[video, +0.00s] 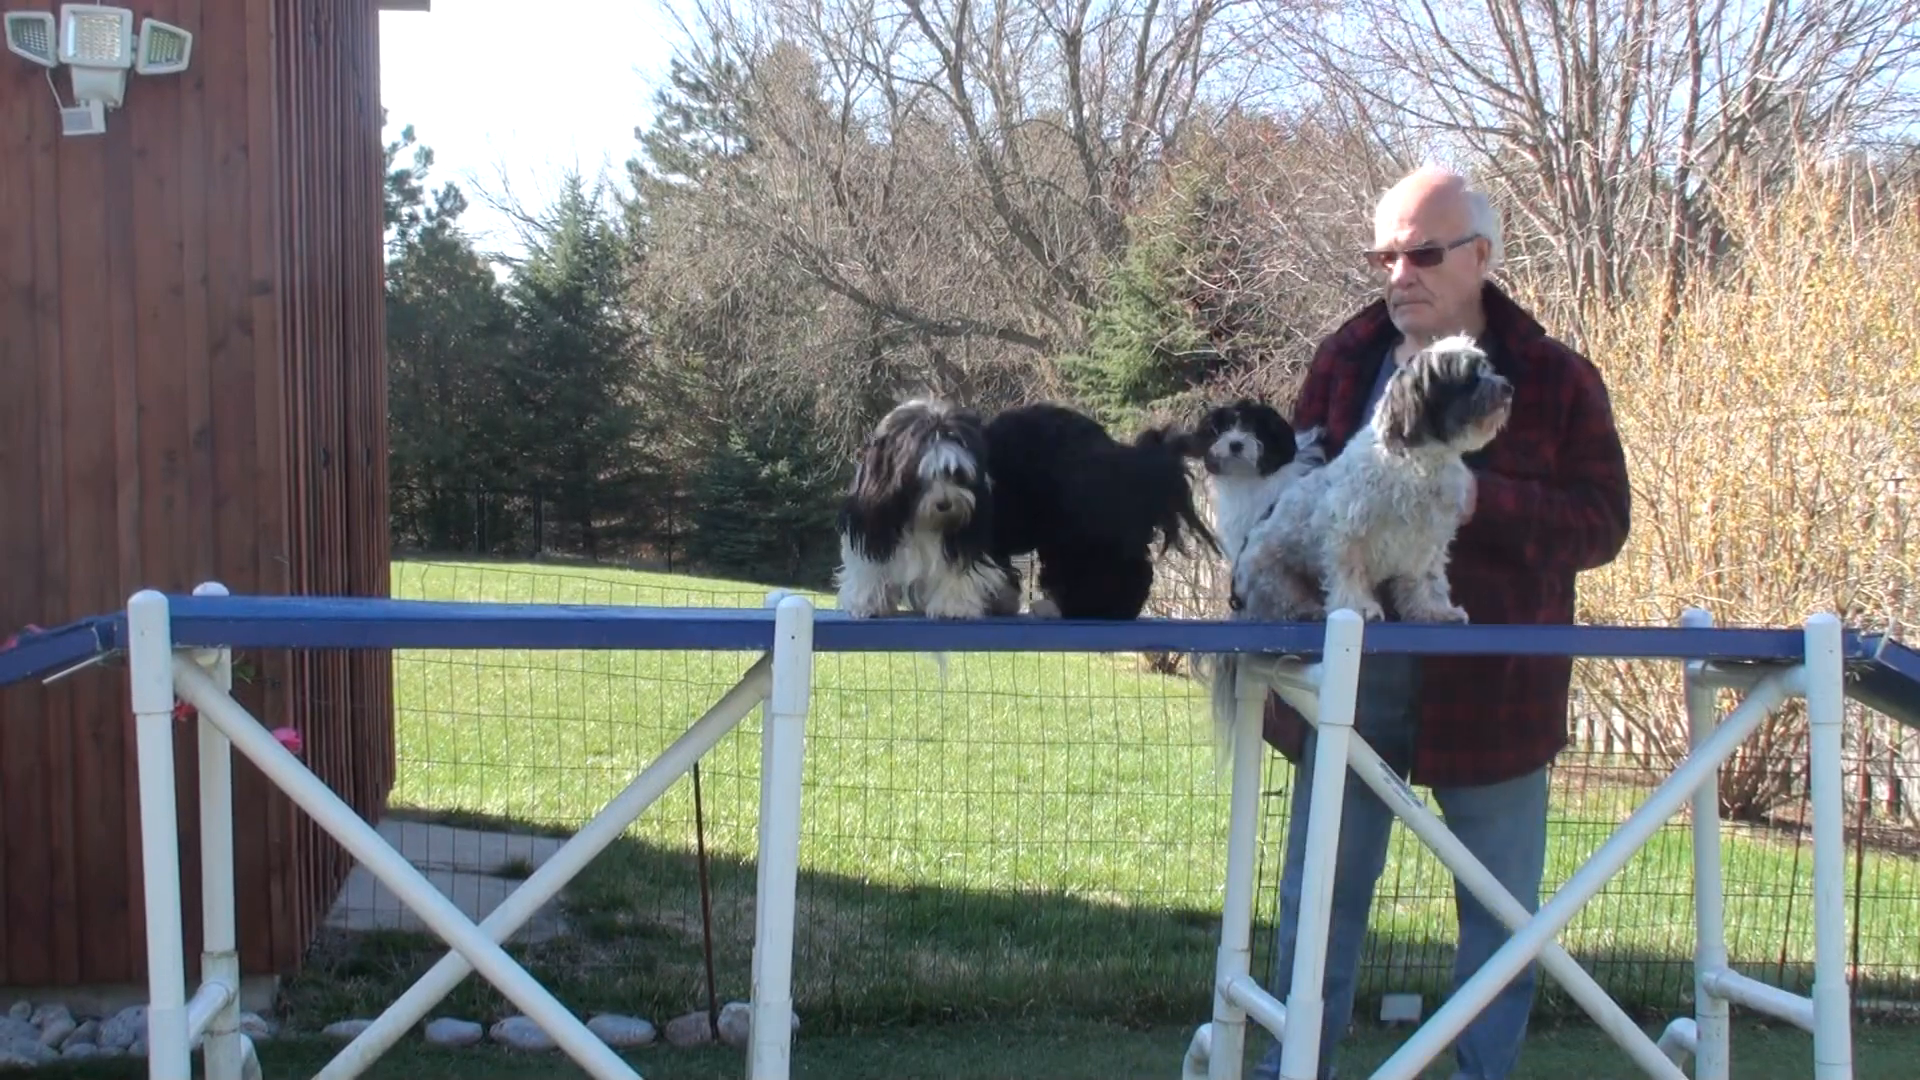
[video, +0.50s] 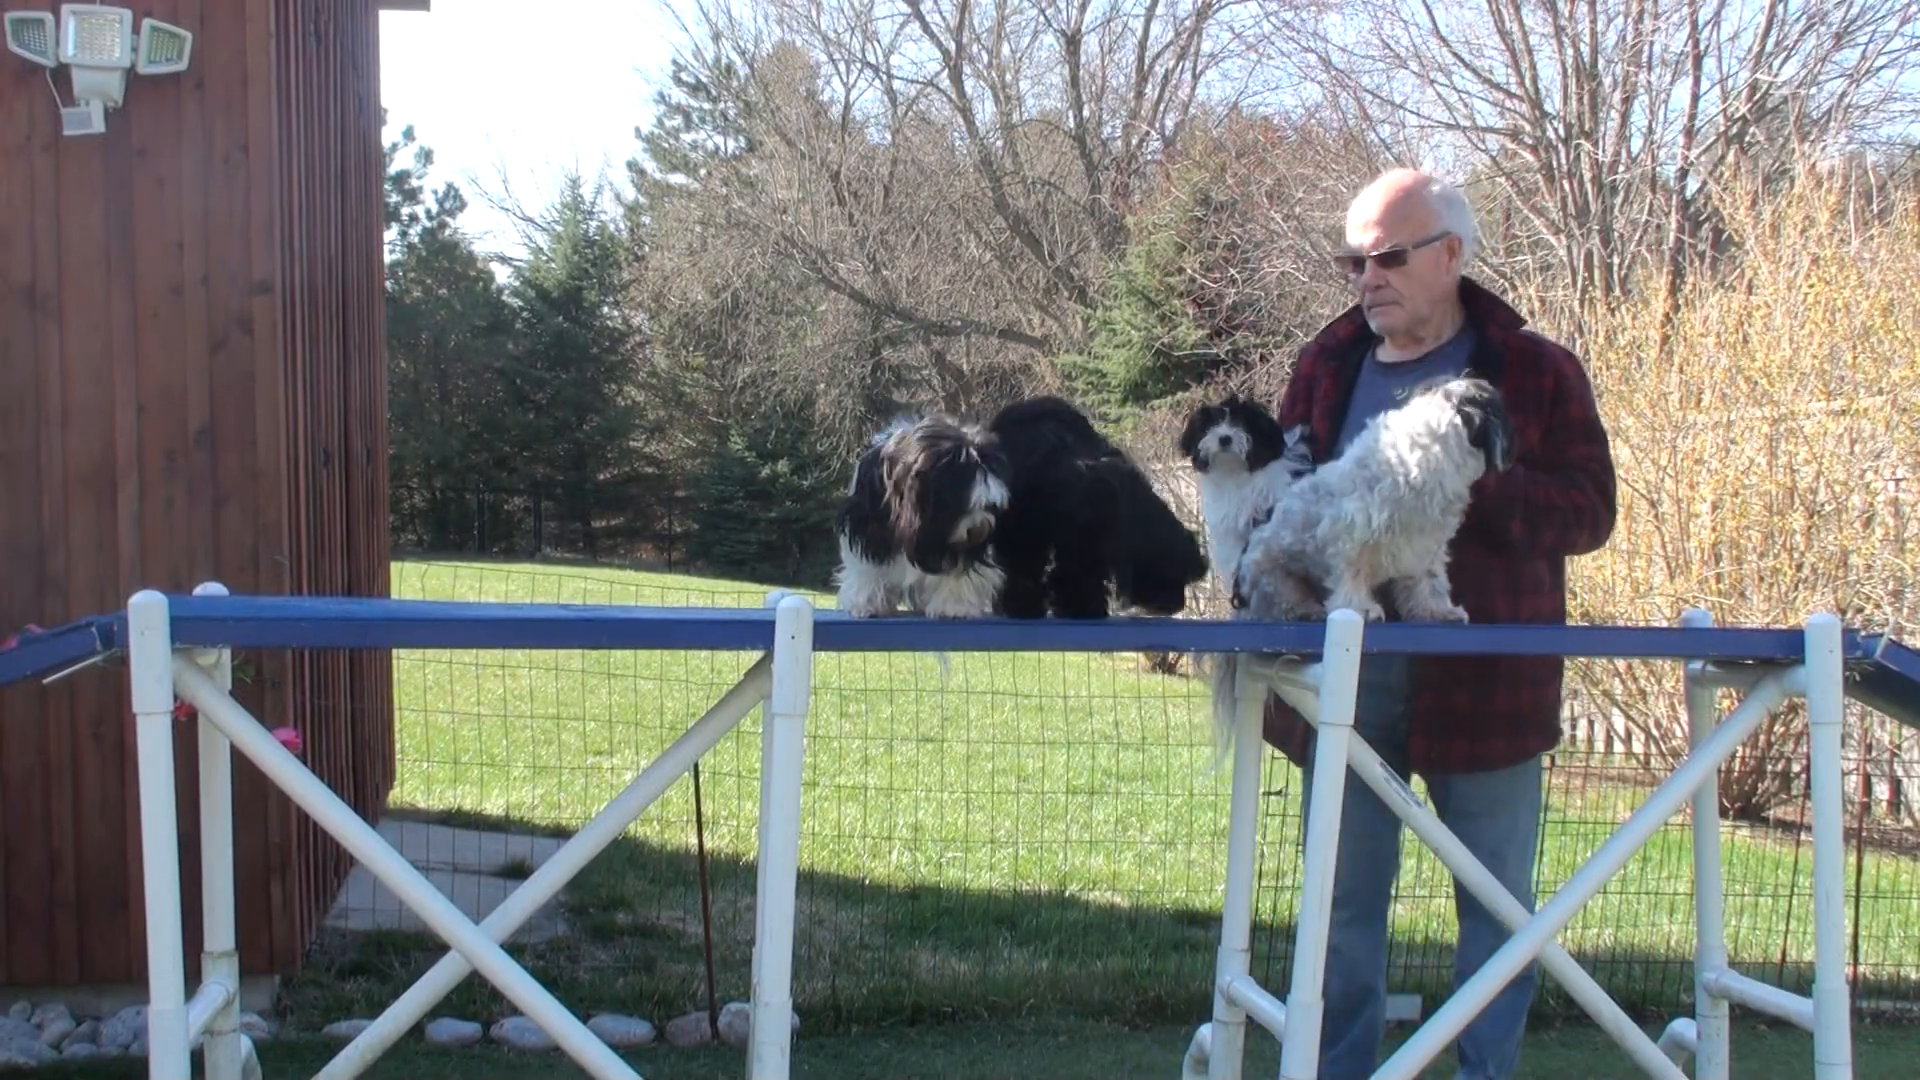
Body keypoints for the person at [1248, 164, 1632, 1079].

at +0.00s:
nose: (1403, 273)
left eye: (1428, 255)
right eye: (1390, 255)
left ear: (1484, 257)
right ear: (1375, 258)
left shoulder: (1557, 378)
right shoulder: (1344, 362)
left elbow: (1600, 524)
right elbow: (1290, 498)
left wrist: (1465, 488)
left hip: (1496, 677)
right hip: (1352, 667)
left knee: (1500, 919)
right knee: (1320, 903)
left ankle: (1485, 1067)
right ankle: (1298, 1064)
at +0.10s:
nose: (1400, 275)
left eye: (1425, 256)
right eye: (1389, 257)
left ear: (1484, 259)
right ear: (1375, 259)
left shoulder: (1563, 380)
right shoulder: (1348, 363)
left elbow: (1608, 523)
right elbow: (1296, 499)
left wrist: (1484, 497)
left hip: (1499, 675)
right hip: (1356, 664)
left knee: (1501, 919)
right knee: (1330, 901)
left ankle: (1487, 1066)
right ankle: (1321, 1064)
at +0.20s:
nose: (1396, 274)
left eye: (1420, 256)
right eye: (1385, 256)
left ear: (1479, 260)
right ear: (1372, 259)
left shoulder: (1559, 379)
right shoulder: (1345, 362)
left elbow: (1603, 524)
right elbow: (1296, 496)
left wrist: (1471, 490)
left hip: (1499, 674)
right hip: (1361, 665)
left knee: (1501, 915)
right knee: (1348, 902)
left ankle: (1487, 1065)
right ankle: (1336, 1067)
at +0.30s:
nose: (1386, 276)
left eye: (1408, 257)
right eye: (1375, 258)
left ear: (1470, 257)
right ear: (1364, 263)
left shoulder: (1554, 377)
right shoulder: (1341, 361)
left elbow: (1596, 520)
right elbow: (1291, 496)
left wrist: (1472, 480)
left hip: (1495, 673)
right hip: (1357, 666)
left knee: (1500, 913)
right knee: (1347, 901)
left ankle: (1487, 1067)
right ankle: (1336, 1068)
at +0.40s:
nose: (1377, 277)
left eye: (1398, 258)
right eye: (1366, 261)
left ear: (1460, 256)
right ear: (1357, 264)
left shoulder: (1549, 374)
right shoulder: (1334, 364)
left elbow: (1595, 512)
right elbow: (1284, 498)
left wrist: (1465, 486)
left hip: (1493, 676)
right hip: (1355, 669)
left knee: (1498, 913)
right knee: (1344, 905)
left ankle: (1487, 1067)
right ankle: (1336, 1069)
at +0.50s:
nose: (1370, 277)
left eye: (1392, 257)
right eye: (1359, 260)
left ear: (1453, 255)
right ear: (1349, 264)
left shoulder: (1541, 373)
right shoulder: (1325, 367)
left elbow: (1588, 510)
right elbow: (1278, 502)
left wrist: (1468, 483)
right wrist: (1292, 562)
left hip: (1489, 674)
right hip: (1349, 668)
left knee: (1496, 907)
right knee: (1343, 902)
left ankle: (1487, 1065)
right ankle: (1335, 1068)